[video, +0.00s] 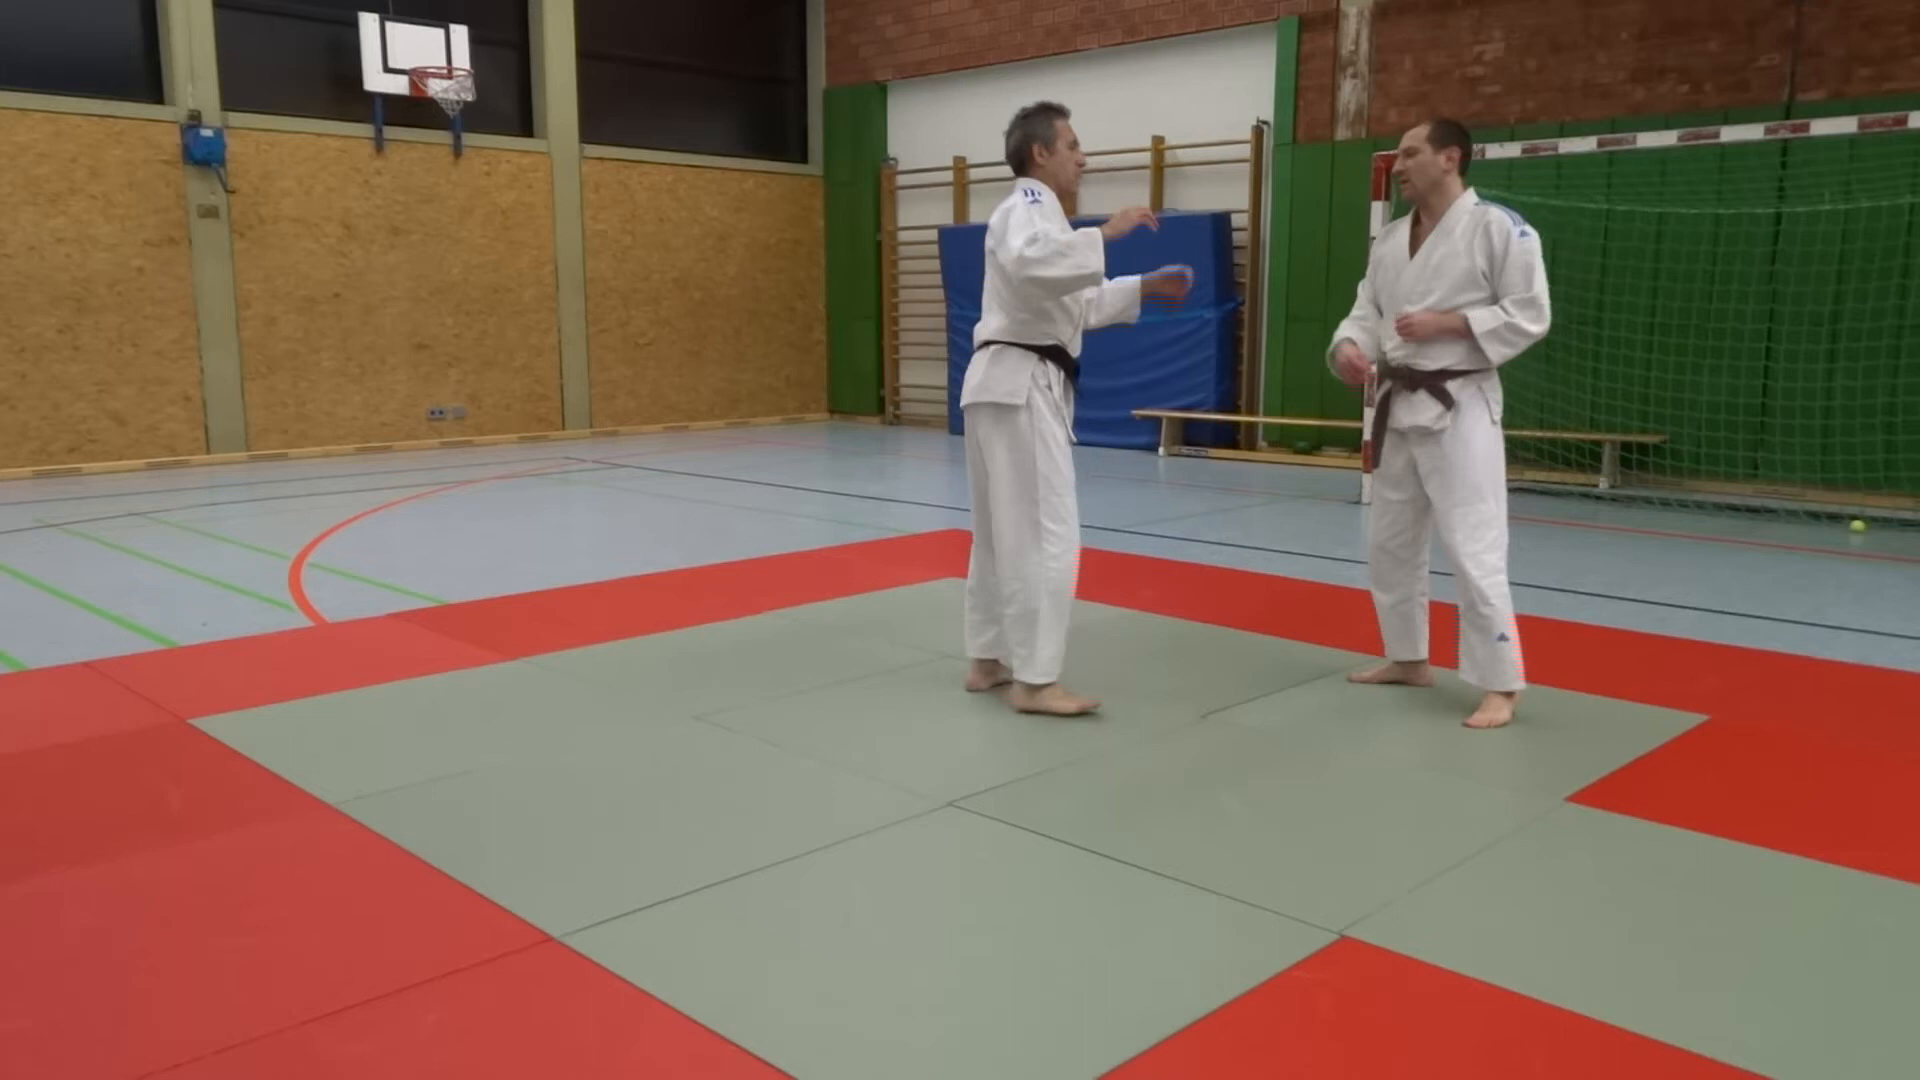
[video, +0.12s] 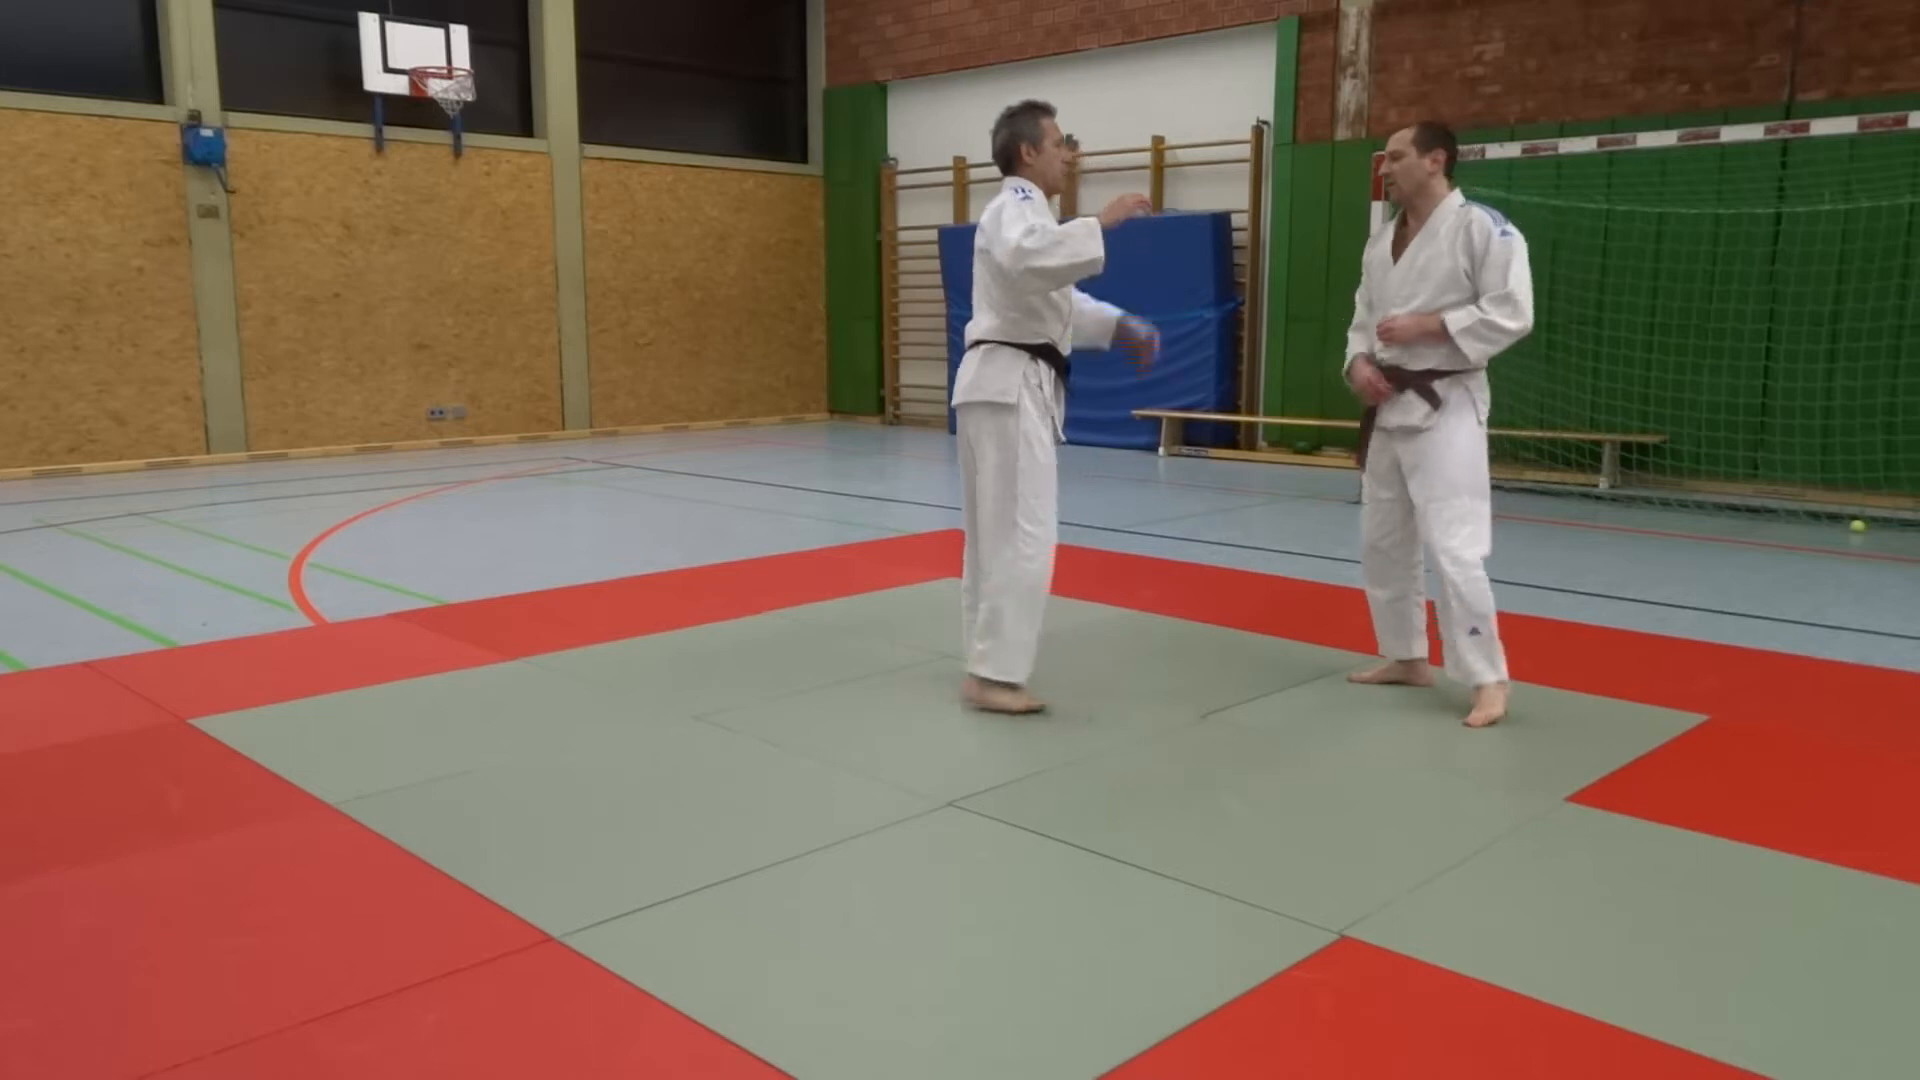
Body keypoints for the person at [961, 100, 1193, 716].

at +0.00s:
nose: (1084, 158)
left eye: (1080, 146)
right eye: (1073, 147)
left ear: (1039, 158)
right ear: (1040, 155)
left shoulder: (1037, 219)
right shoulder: (1029, 204)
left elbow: (1070, 309)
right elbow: (1033, 260)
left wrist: (1142, 288)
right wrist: (1106, 230)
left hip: (1000, 379)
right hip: (1024, 382)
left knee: (1000, 524)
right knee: (1050, 533)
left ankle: (988, 661)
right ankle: (1037, 683)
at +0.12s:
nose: (1071, 153)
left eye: (1067, 143)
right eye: (1061, 143)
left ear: (1026, 156)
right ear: (1030, 152)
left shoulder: (1020, 212)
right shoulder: (1018, 204)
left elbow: (1051, 304)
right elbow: (1025, 256)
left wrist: (1116, 326)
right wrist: (1101, 221)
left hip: (1001, 378)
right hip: (1011, 382)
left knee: (997, 526)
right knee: (1024, 531)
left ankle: (989, 666)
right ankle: (995, 676)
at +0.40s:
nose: (1042, 152)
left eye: (1038, 141)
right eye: (1032, 142)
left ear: (999, 153)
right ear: (1001, 152)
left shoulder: (1003, 209)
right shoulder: (982, 206)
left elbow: (1030, 257)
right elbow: (1027, 257)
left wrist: (1074, 223)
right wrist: (1085, 219)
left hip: (999, 381)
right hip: (973, 379)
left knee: (986, 527)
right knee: (955, 528)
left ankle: (978, 656)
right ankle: (904, 669)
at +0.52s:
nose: (1031, 152)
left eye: (1028, 142)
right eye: (1022, 142)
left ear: (990, 152)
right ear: (989, 151)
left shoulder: (996, 213)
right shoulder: (967, 208)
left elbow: (1029, 280)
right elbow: (1016, 272)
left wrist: (1066, 245)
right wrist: (1073, 238)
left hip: (985, 383)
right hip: (954, 381)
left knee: (976, 527)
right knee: (943, 530)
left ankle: (976, 655)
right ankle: (900, 674)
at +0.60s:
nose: (1024, 156)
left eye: (1021, 145)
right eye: (1015, 145)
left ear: (984, 154)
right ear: (983, 153)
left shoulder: (989, 214)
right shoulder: (957, 211)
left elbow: (1017, 289)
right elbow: (1012, 281)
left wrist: (1058, 262)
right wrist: (1068, 251)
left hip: (968, 383)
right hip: (939, 383)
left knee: (965, 526)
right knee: (937, 532)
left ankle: (976, 655)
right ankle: (902, 678)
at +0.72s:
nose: (1013, 164)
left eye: (1011, 152)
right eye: (1006, 153)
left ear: (967, 159)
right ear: (976, 159)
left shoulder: (964, 214)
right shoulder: (945, 218)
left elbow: (930, 306)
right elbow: (1017, 301)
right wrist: (1052, 272)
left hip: (935, 388)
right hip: (912, 389)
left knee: (939, 526)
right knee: (923, 533)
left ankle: (958, 654)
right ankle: (906, 681)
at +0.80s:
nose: (1003, 164)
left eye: (1001, 152)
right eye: (996, 153)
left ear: (960, 159)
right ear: (965, 159)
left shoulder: (960, 217)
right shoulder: (931, 218)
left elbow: (984, 299)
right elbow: (997, 303)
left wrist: (1020, 327)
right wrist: (1050, 295)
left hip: (924, 385)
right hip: (899, 386)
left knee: (927, 522)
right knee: (909, 528)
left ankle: (929, 652)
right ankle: (900, 680)